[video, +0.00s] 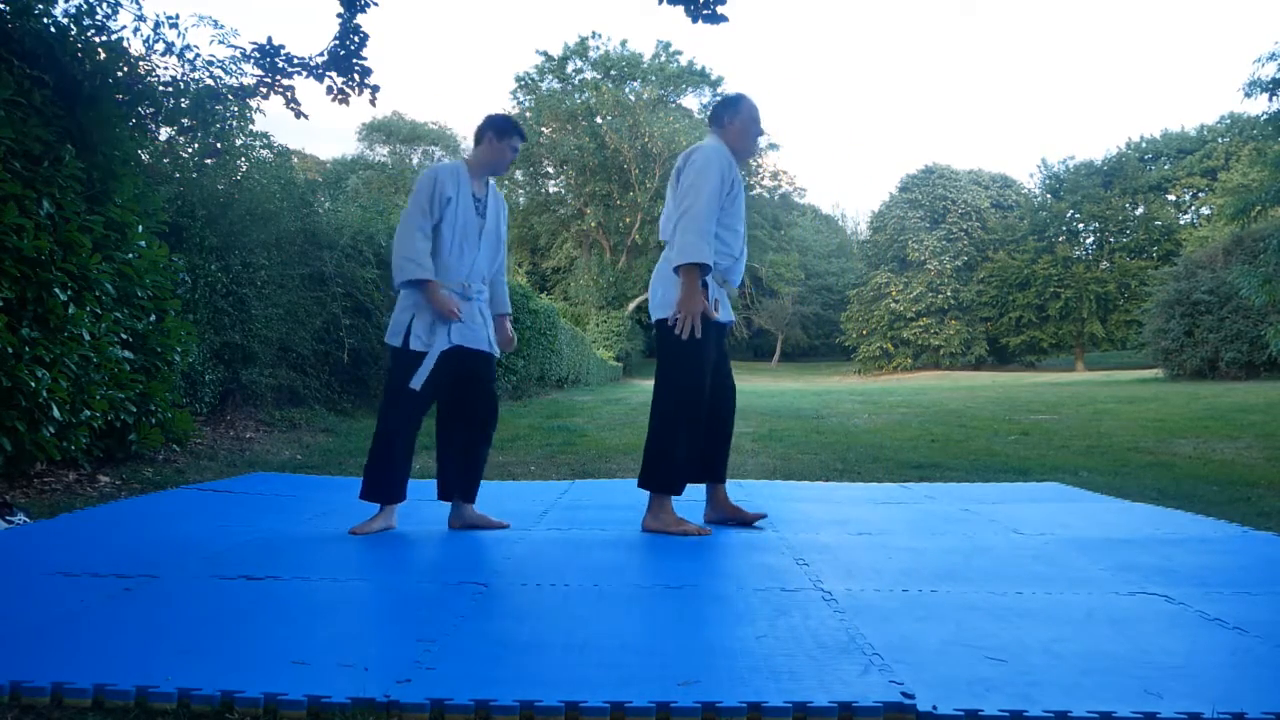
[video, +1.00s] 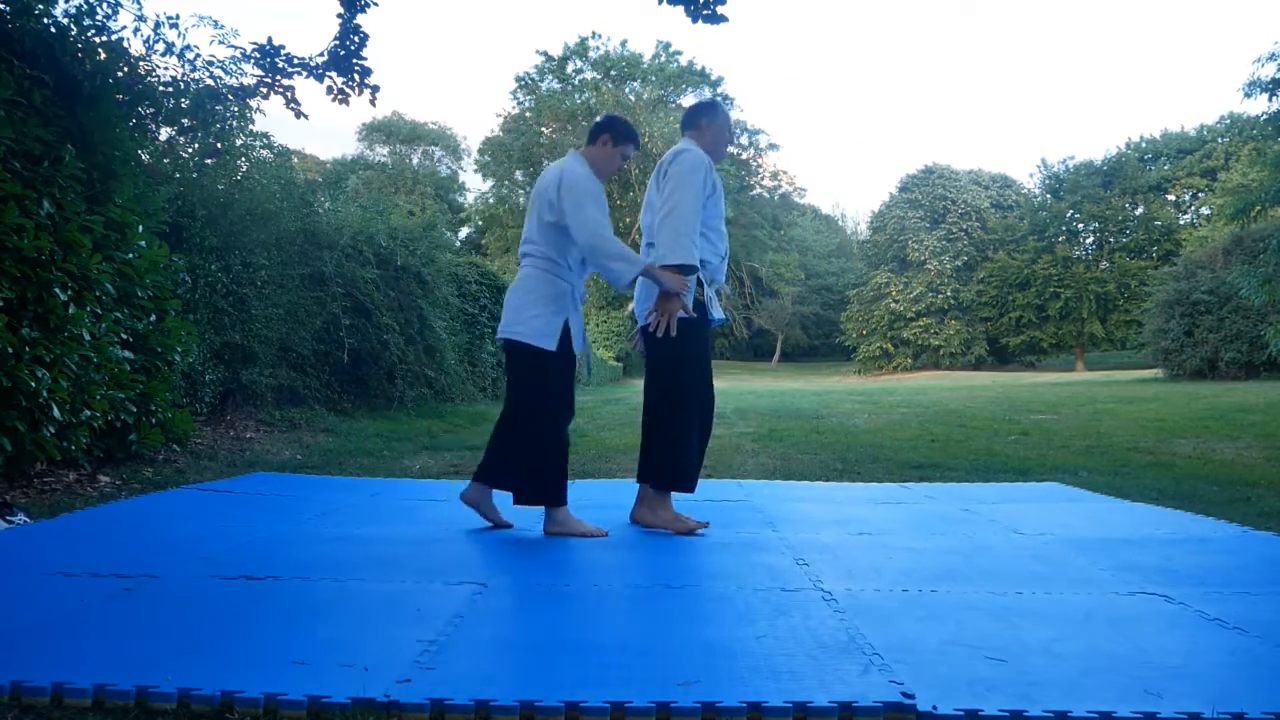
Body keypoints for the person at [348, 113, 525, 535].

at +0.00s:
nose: (514, 160)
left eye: (517, 153)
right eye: (512, 150)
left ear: (499, 147)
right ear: (489, 140)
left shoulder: (497, 203)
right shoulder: (439, 178)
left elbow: (496, 266)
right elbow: (410, 238)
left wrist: (502, 317)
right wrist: (432, 290)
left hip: (475, 325)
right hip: (424, 317)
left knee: (478, 412)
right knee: (400, 413)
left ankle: (463, 508)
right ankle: (386, 510)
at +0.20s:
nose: (541, 167)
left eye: (545, 161)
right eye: (539, 156)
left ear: (529, 155)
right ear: (518, 144)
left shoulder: (519, 209)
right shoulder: (469, 176)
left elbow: (516, 271)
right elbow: (438, 228)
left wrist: (514, 325)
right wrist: (430, 283)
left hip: (495, 319)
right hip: (453, 307)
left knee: (485, 412)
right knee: (422, 403)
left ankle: (464, 507)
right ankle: (390, 495)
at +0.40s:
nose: (557, 168)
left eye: (562, 163)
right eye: (557, 158)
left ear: (544, 154)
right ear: (536, 145)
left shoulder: (528, 207)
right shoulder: (496, 174)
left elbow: (523, 272)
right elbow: (468, 221)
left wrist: (531, 318)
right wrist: (463, 268)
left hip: (502, 320)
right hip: (471, 311)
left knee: (490, 409)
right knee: (466, 406)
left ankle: (465, 503)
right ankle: (455, 503)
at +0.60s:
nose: (573, 170)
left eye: (578, 164)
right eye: (573, 159)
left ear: (554, 152)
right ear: (552, 147)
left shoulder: (533, 190)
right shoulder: (519, 175)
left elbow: (528, 262)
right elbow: (500, 229)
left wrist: (549, 308)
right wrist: (531, 263)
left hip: (511, 310)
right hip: (499, 307)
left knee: (483, 407)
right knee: (517, 408)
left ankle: (462, 506)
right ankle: (543, 511)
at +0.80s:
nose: (597, 164)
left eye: (602, 157)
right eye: (596, 153)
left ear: (576, 145)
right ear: (575, 141)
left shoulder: (556, 185)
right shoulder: (547, 174)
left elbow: (545, 253)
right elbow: (553, 232)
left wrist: (561, 294)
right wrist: (607, 263)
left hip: (529, 302)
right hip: (527, 302)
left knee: (507, 404)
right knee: (542, 406)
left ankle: (467, 501)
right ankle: (555, 512)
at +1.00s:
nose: (622, 168)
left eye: (626, 160)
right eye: (623, 157)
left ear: (598, 142)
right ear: (604, 142)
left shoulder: (564, 173)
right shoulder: (576, 176)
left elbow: (592, 251)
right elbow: (594, 240)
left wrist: (641, 277)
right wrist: (654, 271)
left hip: (536, 304)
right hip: (545, 308)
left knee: (526, 404)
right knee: (554, 409)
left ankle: (481, 488)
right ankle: (557, 513)